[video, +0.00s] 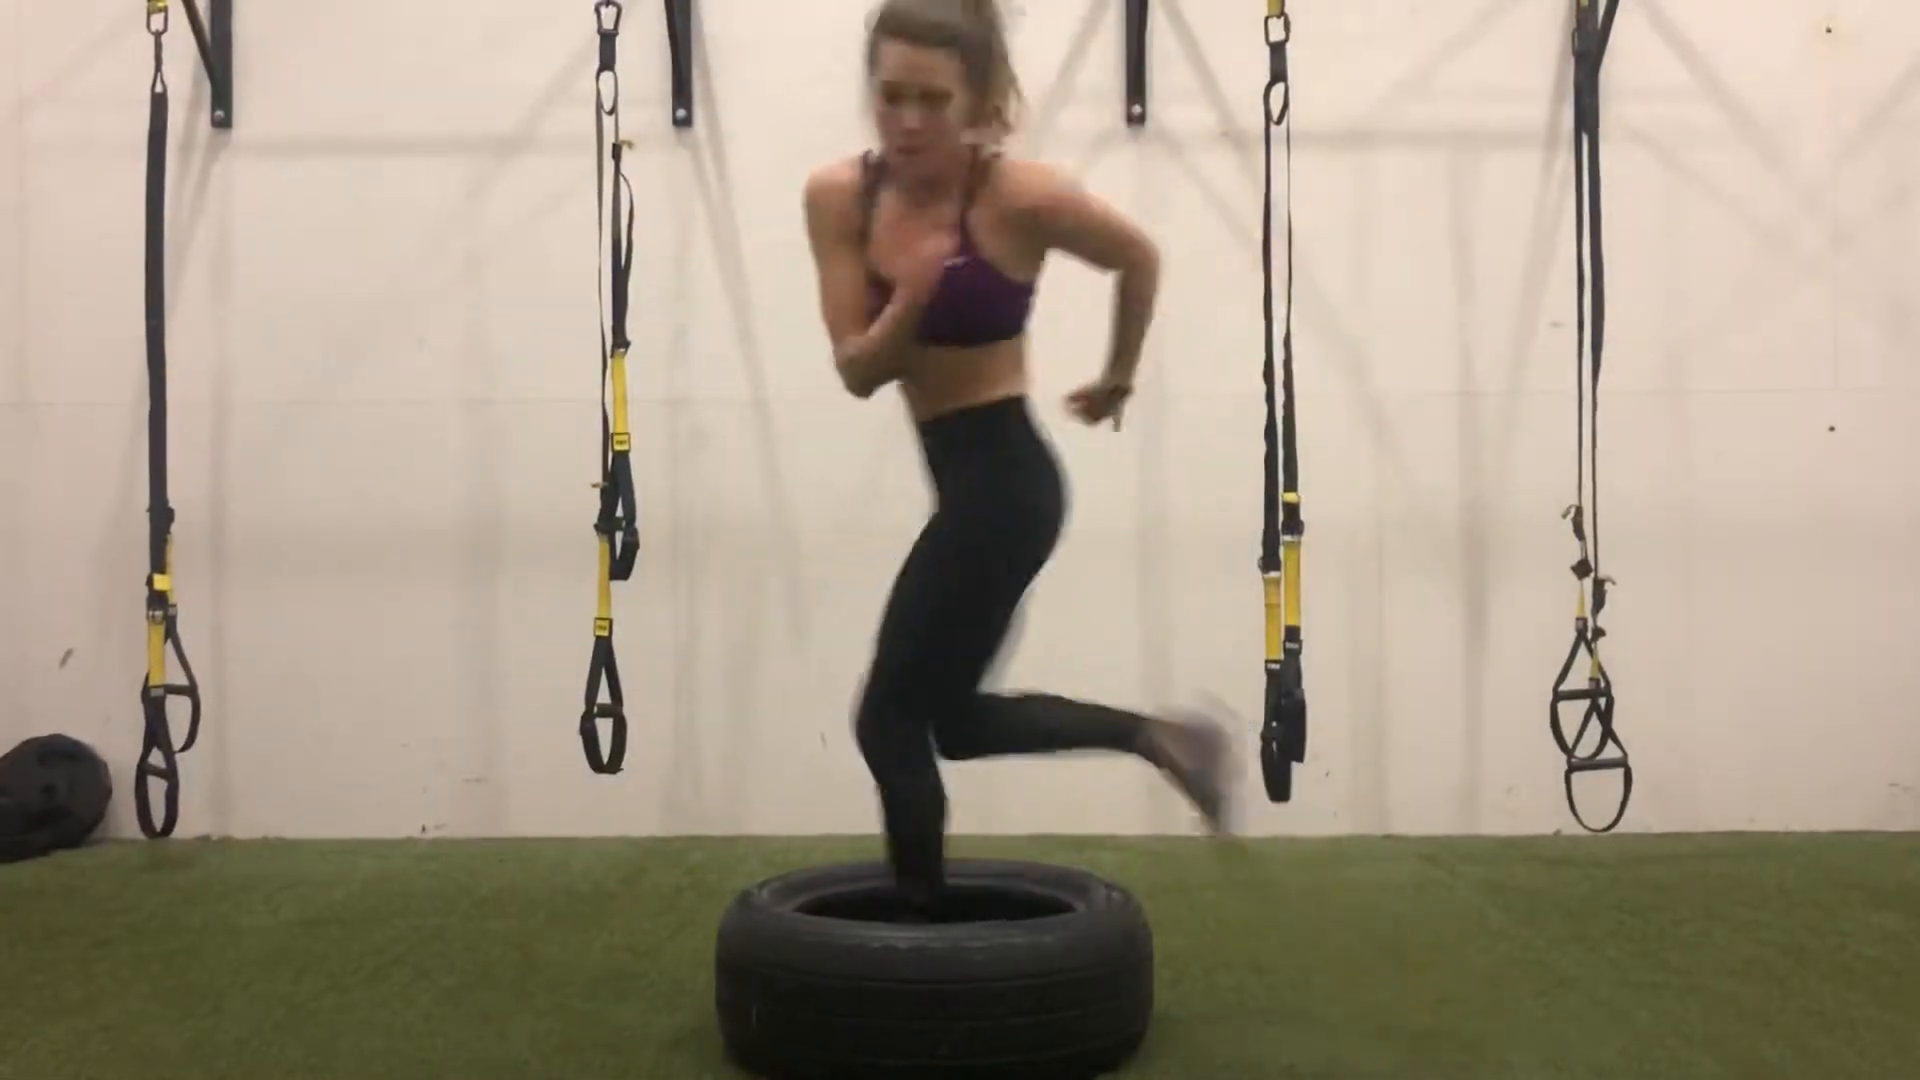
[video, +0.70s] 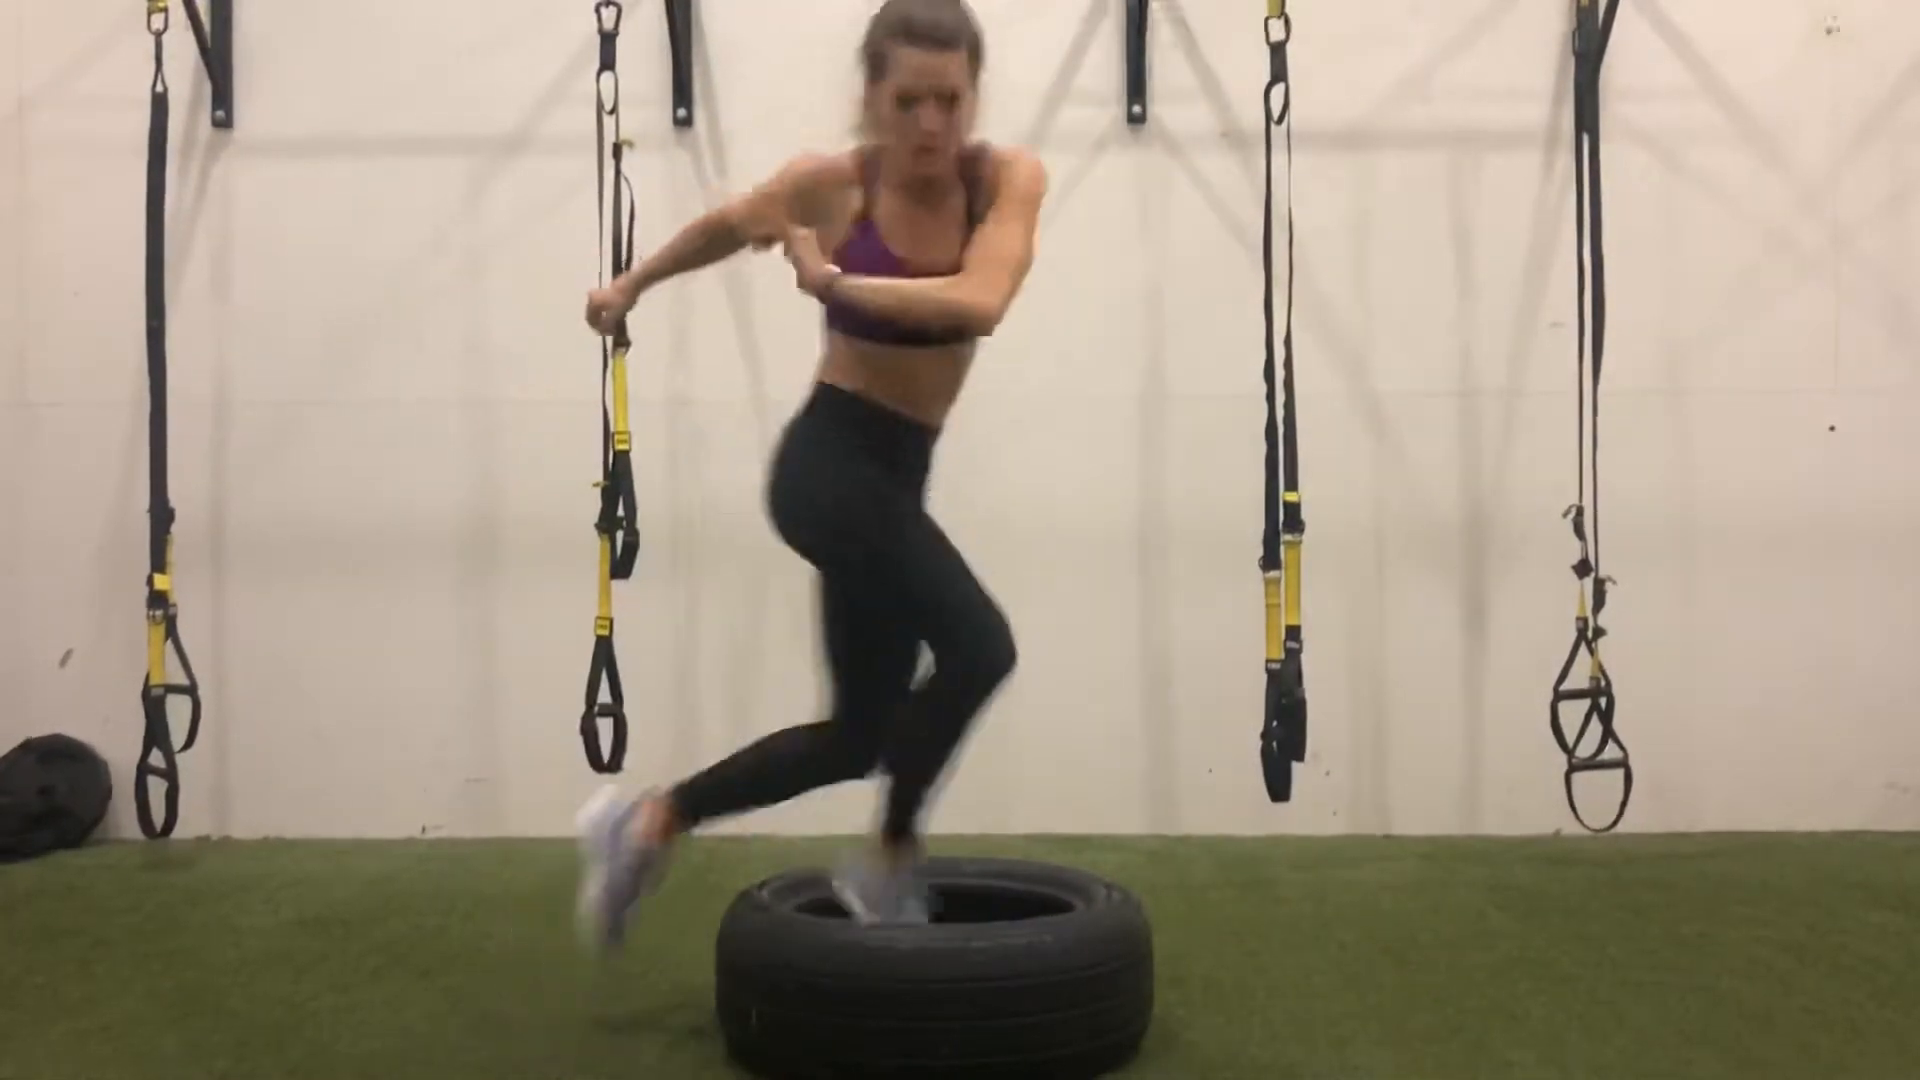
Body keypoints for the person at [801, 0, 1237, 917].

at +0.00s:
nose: (906, 122)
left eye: (930, 99)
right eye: (890, 97)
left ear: (980, 102)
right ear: (868, 94)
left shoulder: (1021, 196)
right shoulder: (840, 197)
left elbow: (1139, 259)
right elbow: (857, 373)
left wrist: (1118, 378)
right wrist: (914, 293)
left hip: (1008, 485)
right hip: (966, 484)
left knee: (889, 724)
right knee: (951, 722)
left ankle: (921, 939)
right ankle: (1169, 740)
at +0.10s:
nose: (866, 122)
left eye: (890, 102)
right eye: (848, 98)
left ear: (933, 107)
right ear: (825, 99)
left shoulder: (969, 207)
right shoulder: (793, 203)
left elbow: (1104, 290)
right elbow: (772, 356)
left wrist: (1095, 412)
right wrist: (830, 357)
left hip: (967, 486)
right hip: (891, 487)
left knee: (919, 723)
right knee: (774, 676)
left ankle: (939, 942)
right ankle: (967, 719)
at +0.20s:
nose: (826, 132)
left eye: (850, 111)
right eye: (807, 108)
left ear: (885, 110)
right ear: (779, 101)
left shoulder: (930, 203)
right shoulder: (732, 214)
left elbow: (1076, 288)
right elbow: (726, 367)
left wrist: (1084, 427)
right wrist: (795, 371)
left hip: (907, 465)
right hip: (806, 467)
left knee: (808, 648)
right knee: (695, 678)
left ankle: (926, 850)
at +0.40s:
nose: (832, 169)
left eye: (852, 150)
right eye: (814, 147)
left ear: (883, 145)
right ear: (781, 138)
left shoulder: (915, 255)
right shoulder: (723, 241)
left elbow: (963, 373)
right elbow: (637, 360)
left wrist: (936, 408)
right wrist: (649, 466)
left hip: (806, 508)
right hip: (700, 482)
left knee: (762, 699)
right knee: (613, 727)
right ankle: (554, 924)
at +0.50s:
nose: (844, 201)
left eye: (866, 180)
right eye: (826, 177)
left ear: (902, 166)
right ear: (794, 157)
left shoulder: (928, 275)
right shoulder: (738, 255)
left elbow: (1021, 410)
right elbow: (621, 318)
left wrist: (931, 360)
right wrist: (531, 374)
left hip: (793, 550)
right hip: (697, 510)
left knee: (709, 782)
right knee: (709, 724)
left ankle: (538, 969)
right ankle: (546, 743)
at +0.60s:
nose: (885, 162)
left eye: (904, 139)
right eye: (863, 139)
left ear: (932, 136)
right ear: (829, 136)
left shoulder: (962, 210)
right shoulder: (795, 214)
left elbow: (981, 323)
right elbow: (690, 215)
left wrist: (859, 276)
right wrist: (612, 258)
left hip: (834, 500)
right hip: (761, 472)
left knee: (721, 733)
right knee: (921, 614)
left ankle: (550, 943)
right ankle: (720, 719)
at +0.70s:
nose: (933, 124)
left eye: (950, 100)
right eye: (910, 100)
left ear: (976, 96)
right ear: (872, 96)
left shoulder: (1009, 178)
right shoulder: (827, 185)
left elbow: (980, 303)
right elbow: (722, 231)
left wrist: (834, 284)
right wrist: (630, 282)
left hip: (892, 481)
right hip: (825, 467)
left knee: (863, 735)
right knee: (981, 648)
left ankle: (652, 821)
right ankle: (889, 857)